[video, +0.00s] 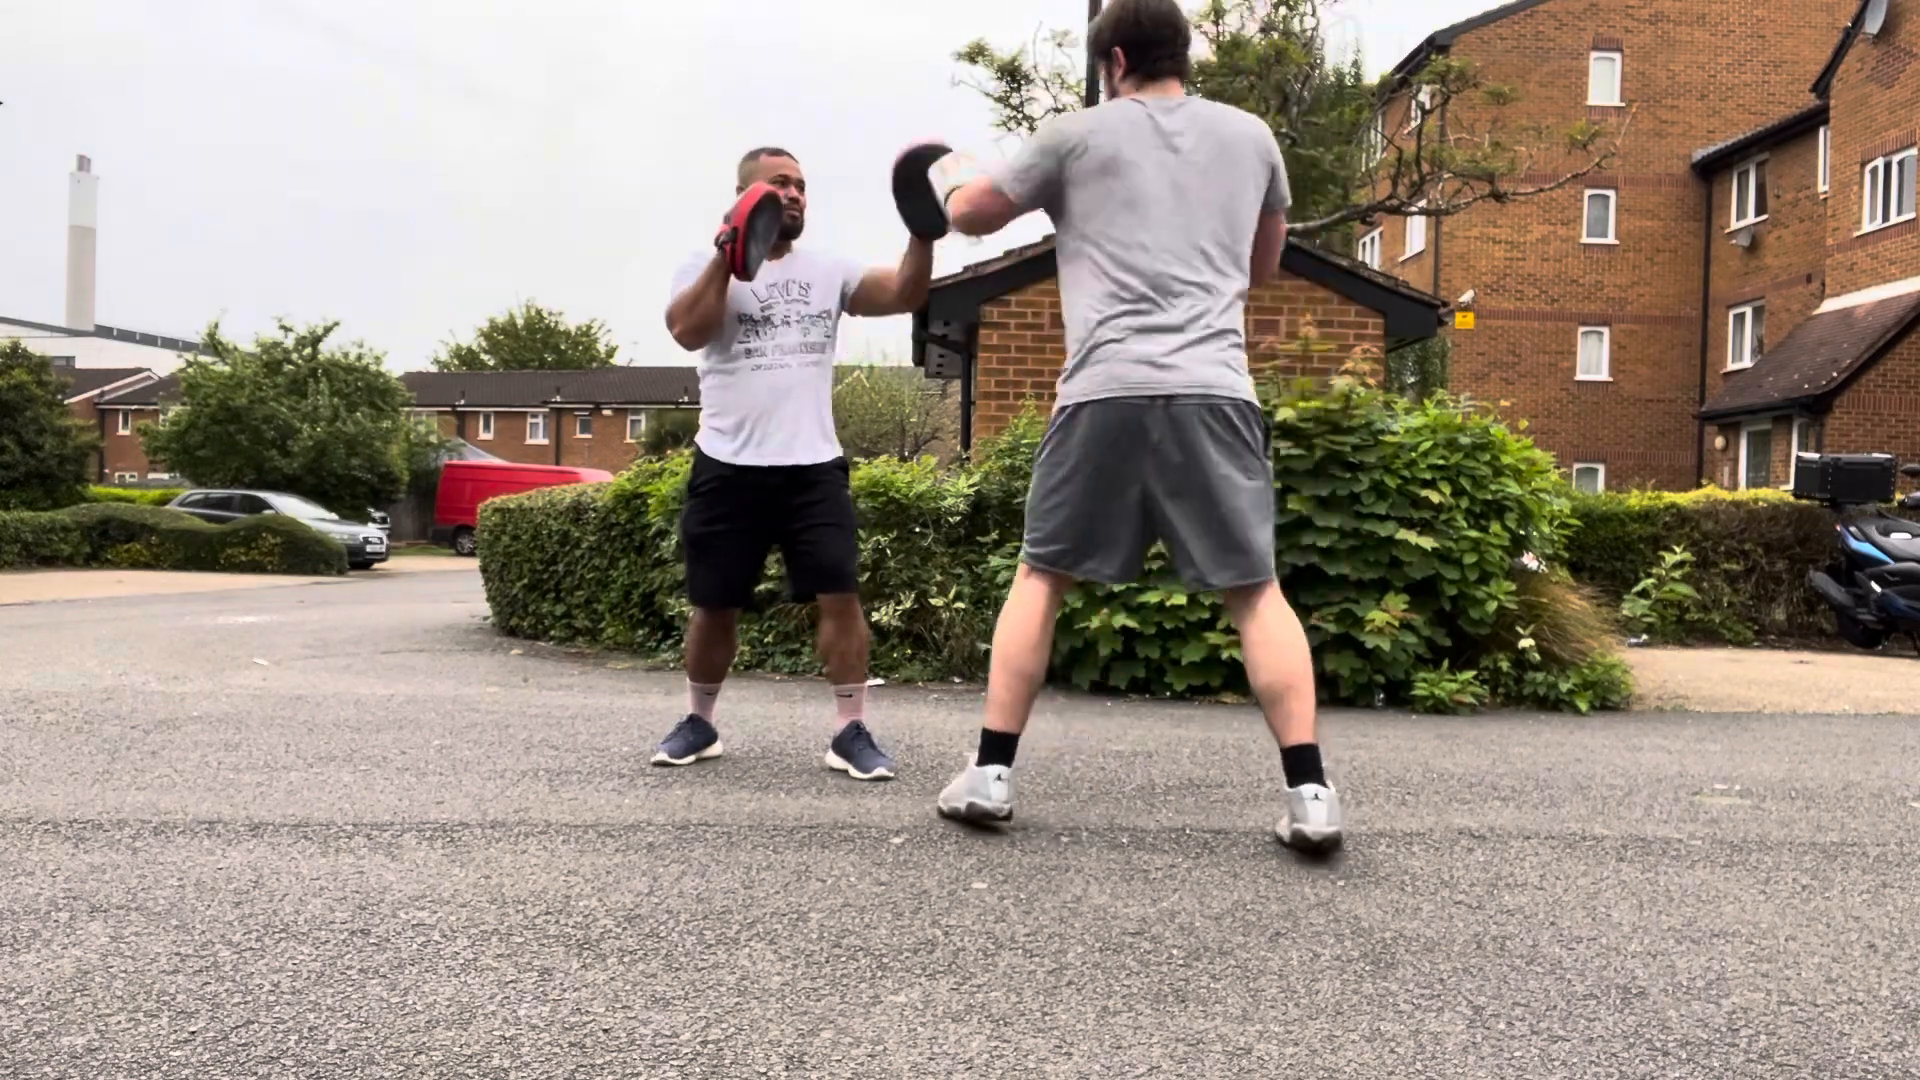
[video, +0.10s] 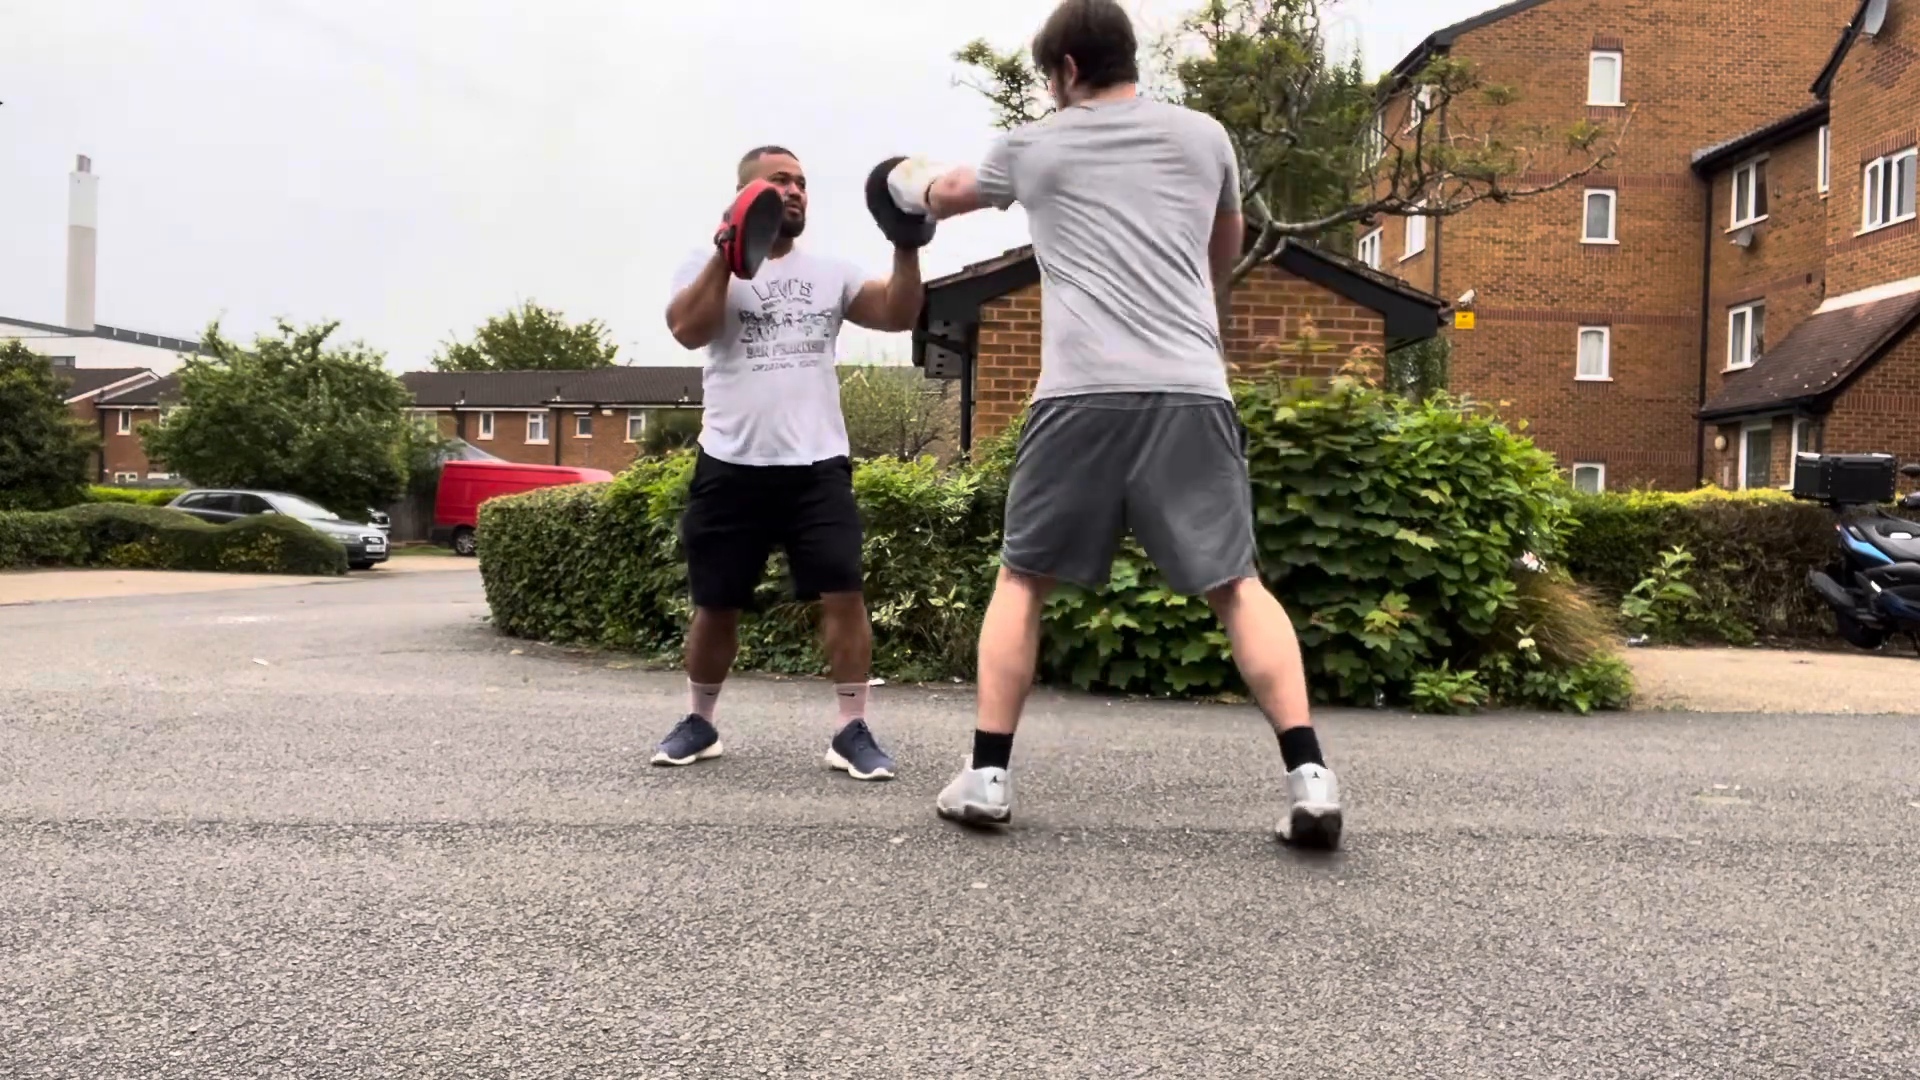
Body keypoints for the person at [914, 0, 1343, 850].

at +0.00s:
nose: (1097, 77)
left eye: (1098, 65)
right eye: (1104, 64)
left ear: (1114, 62)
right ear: (1185, 59)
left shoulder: (1077, 134)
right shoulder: (1253, 135)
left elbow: (970, 216)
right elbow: (1261, 268)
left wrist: (961, 178)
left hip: (1101, 394)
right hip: (1215, 394)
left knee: (1041, 575)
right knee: (1257, 592)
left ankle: (990, 772)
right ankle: (1310, 790)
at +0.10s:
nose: (1050, 87)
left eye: (1048, 76)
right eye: (1049, 77)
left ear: (1068, 69)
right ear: (1133, 61)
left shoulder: (1040, 144)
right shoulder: (1206, 135)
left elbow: (949, 194)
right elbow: (1226, 252)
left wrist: (924, 182)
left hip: (1079, 393)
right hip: (1194, 392)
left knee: (1022, 578)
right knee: (1238, 584)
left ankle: (988, 776)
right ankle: (1310, 775)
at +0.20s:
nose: (1002, 89)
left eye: (1000, 76)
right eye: (1000, 77)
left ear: (1021, 65)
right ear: (1084, 57)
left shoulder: (999, 139)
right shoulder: (1161, 130)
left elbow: (933, 243)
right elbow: (1142, 230)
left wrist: (919, 239)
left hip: (1085, 380)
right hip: (1191, 378)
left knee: (1019, 576)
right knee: (1219, 576)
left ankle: (988, 776)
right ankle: (1305, 758)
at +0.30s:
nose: (974, 92)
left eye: (973, 77)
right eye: (971, 78)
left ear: (994, 72)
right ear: (1057, 63)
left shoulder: (1000, 149)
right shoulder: (1120, 124)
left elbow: (936, 291)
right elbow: (1075, 239)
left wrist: (923, 282)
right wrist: (977, 271)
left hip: (1097, 376)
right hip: (1195, 370)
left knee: (1023, 574)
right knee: (1213, 575)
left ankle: (989, 775)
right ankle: (1308, 760)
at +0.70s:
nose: (1108, 77)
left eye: (1107, 63)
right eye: (1109, 62)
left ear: (1125, 56)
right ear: (1200, 52)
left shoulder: (1090, 141)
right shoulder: (1265, 149)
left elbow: (1037, 259)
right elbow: (1241, 254)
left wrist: (1044, 178)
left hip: (1097, 411)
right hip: (1215, 406)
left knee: (1024, 577)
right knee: (1265, 599)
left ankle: (992, 775)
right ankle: (1340, 797)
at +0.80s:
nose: (1132, 87)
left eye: (1133, 76)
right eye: (1138, 76)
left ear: (1146, 74)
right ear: (1223, 71)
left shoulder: (1099, 147)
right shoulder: (1284, 162)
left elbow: (1055, 271)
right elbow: (1268, 285)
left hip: (1100, 418)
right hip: (1218, 419)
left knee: (1024, 580)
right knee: (1276, 611)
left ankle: (978, 774)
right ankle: (1343, 812)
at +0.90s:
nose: (1128, 85)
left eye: (1128, 74)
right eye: (1134, 73)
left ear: (1140, 71)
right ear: (1215, 68)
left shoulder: (1092, 148)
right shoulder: (1278, 159)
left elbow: (1047, 274)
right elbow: (1274, 284)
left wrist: (1127, 236)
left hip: (1104, 412)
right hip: (1221, 414)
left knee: (1024, 578)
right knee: (1278, 608)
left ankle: (982, 778)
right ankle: (1344, 813)